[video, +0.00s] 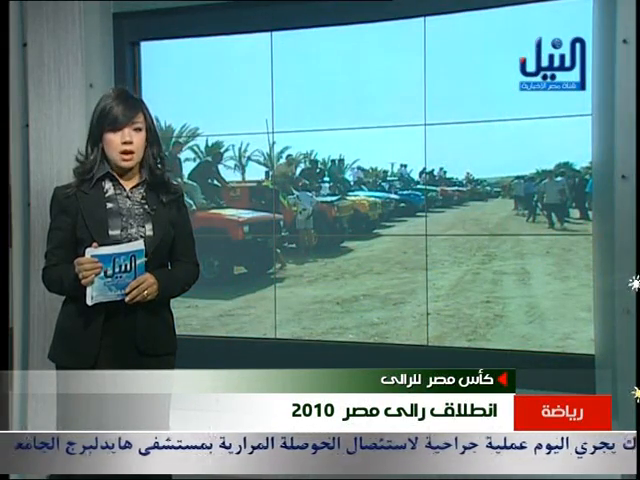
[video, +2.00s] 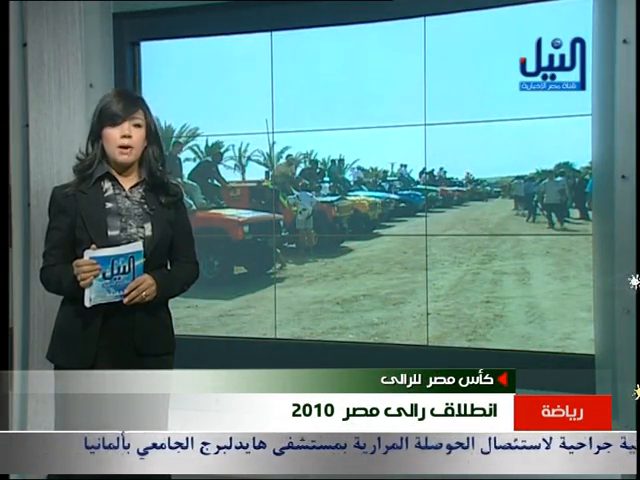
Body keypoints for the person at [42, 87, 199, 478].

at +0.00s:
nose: (127, 139)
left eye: (136, 129)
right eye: (116, 129)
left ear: (148, 137)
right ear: (100, 138)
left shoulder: (169, 196)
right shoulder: (70, 198)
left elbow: (188, 267)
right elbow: (52, 274)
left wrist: (161, 282)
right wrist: (76, 274)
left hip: (150, 349)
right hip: (85, 350)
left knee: (149, 452)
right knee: (81, 452)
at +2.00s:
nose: (125, 135)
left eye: (135, 125)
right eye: (115, 126)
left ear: (148, 136)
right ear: (99, 136)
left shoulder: (168, 197)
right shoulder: (69, 198)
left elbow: (188, 266)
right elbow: (50, 272)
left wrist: (160, 283)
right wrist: (73, 276)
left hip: (148, 348)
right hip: (83, 348)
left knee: (148, 452)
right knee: (80, 452)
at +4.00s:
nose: (118, 138)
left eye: (128, 128)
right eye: (107, 129)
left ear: (141, 136)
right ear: (92, 137)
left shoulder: (164, 194)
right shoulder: (65, 197)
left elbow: (185, 265)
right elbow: (46, 273)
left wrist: (156, 281)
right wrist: (70, 274)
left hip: (145, 348)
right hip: (80, 349)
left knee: (145, 452)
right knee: (77, 452)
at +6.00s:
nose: (124, 139)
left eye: (134, 129)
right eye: (113, 130)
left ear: (148, 136)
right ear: (99, 139)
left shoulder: (170, 196)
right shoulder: (72, 198)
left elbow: (190, 267)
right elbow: (53, 273)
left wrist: (163, 282)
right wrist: (77, 275)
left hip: (151, 348)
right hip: (87, 349)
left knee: (150, 452)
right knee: (84, 453)